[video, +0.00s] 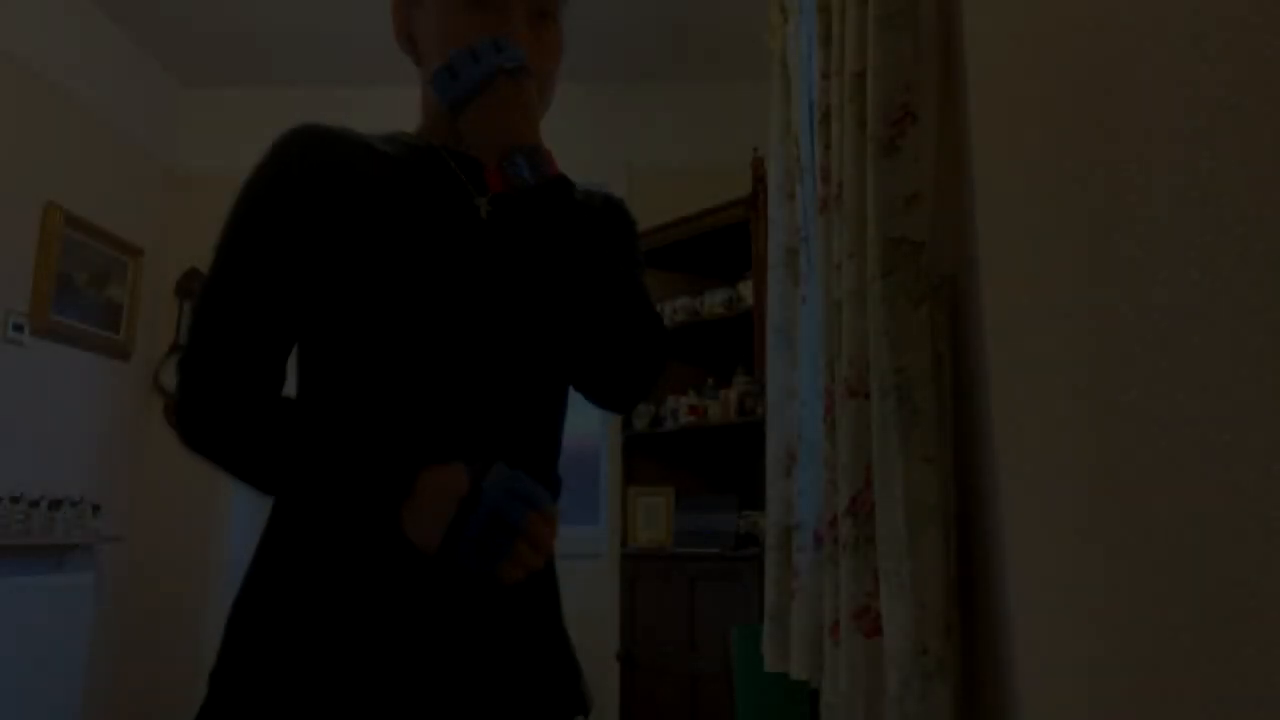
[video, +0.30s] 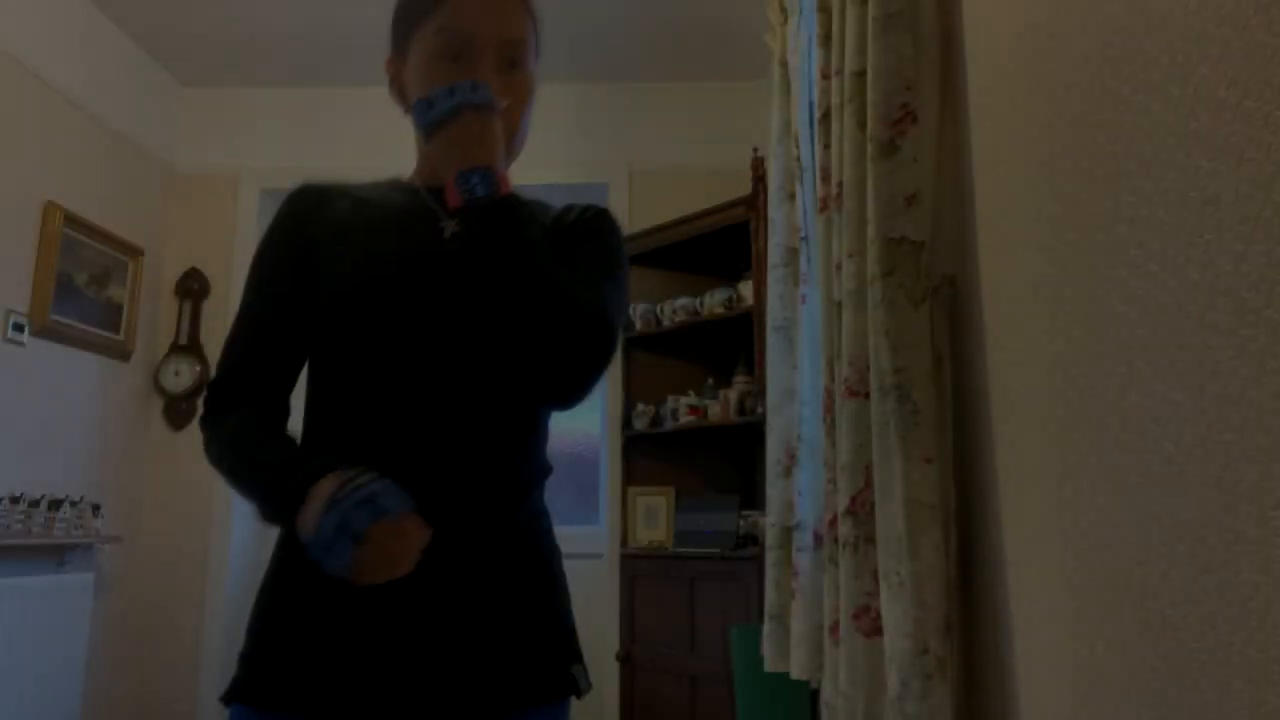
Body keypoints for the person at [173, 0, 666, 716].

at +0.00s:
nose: (504, 42)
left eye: (533, 18)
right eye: (476, 8)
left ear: (560, 44)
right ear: (407, 25)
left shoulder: (585, 225)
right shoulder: (319, 171)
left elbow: (624, 380)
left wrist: (525, 168)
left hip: (501, 648)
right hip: (320, 630)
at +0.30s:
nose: (485, 84)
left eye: (510, 63)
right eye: (455, 56)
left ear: (534, 86)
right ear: (400, 78)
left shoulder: (576, 235)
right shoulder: (321, 220)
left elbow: (565, 375)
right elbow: (236, 415)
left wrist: (480, 190)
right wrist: (316, 499)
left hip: (500, 643)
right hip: (325, 642)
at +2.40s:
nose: (507, 236)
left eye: (519, 225)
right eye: (487, 217)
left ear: (526, 246)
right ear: (441, 233)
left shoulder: (540, 352)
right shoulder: (387, 315)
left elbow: (533, 473)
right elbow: (376, 370)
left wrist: (528, 553)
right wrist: (389, 426)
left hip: (505, 552)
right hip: (405, 556)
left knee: (503, 667)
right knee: (401, 708)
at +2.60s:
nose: (502, 233)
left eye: (519, 222)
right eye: (484, 216)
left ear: (536, 245)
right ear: (449, 235)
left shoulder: (563, 348)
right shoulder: (400, 330)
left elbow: (591, 477)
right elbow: (342, 448)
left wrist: (613, 598)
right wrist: (289, 559)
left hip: (529, 600)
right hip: (416, 596)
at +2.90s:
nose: (532, 246)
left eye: (550, 231)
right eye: (516, 230)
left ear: (579, 248)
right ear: (495, 246)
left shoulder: (616, 342)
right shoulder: (458, 345)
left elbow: (675, 389)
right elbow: (395, 471)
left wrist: (702, 410)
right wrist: (328, 590)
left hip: (589, 595)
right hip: (482, 591)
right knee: (471, 712)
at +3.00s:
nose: (537, 247)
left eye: (557, 231)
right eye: (522, 231)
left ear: (590, 248)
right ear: (505, 245)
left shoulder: (621, 336)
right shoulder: (473, 344)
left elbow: (685, 373)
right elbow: (425, 471)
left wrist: (664, 352)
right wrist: (369, 596)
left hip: (591, 555)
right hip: (495, 547)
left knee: (601, 709)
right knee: (496, 646)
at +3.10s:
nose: (536, 249)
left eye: (557, 234)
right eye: (524, 232)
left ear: (593, 251)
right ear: (509, 246)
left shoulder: (621, 342)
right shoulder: (480, 350)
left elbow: (652, 347)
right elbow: (448, 477)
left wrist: (619, 305)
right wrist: (411, 599)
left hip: (595, 576)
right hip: (493, 567)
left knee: (606, 709)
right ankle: (524, 701)